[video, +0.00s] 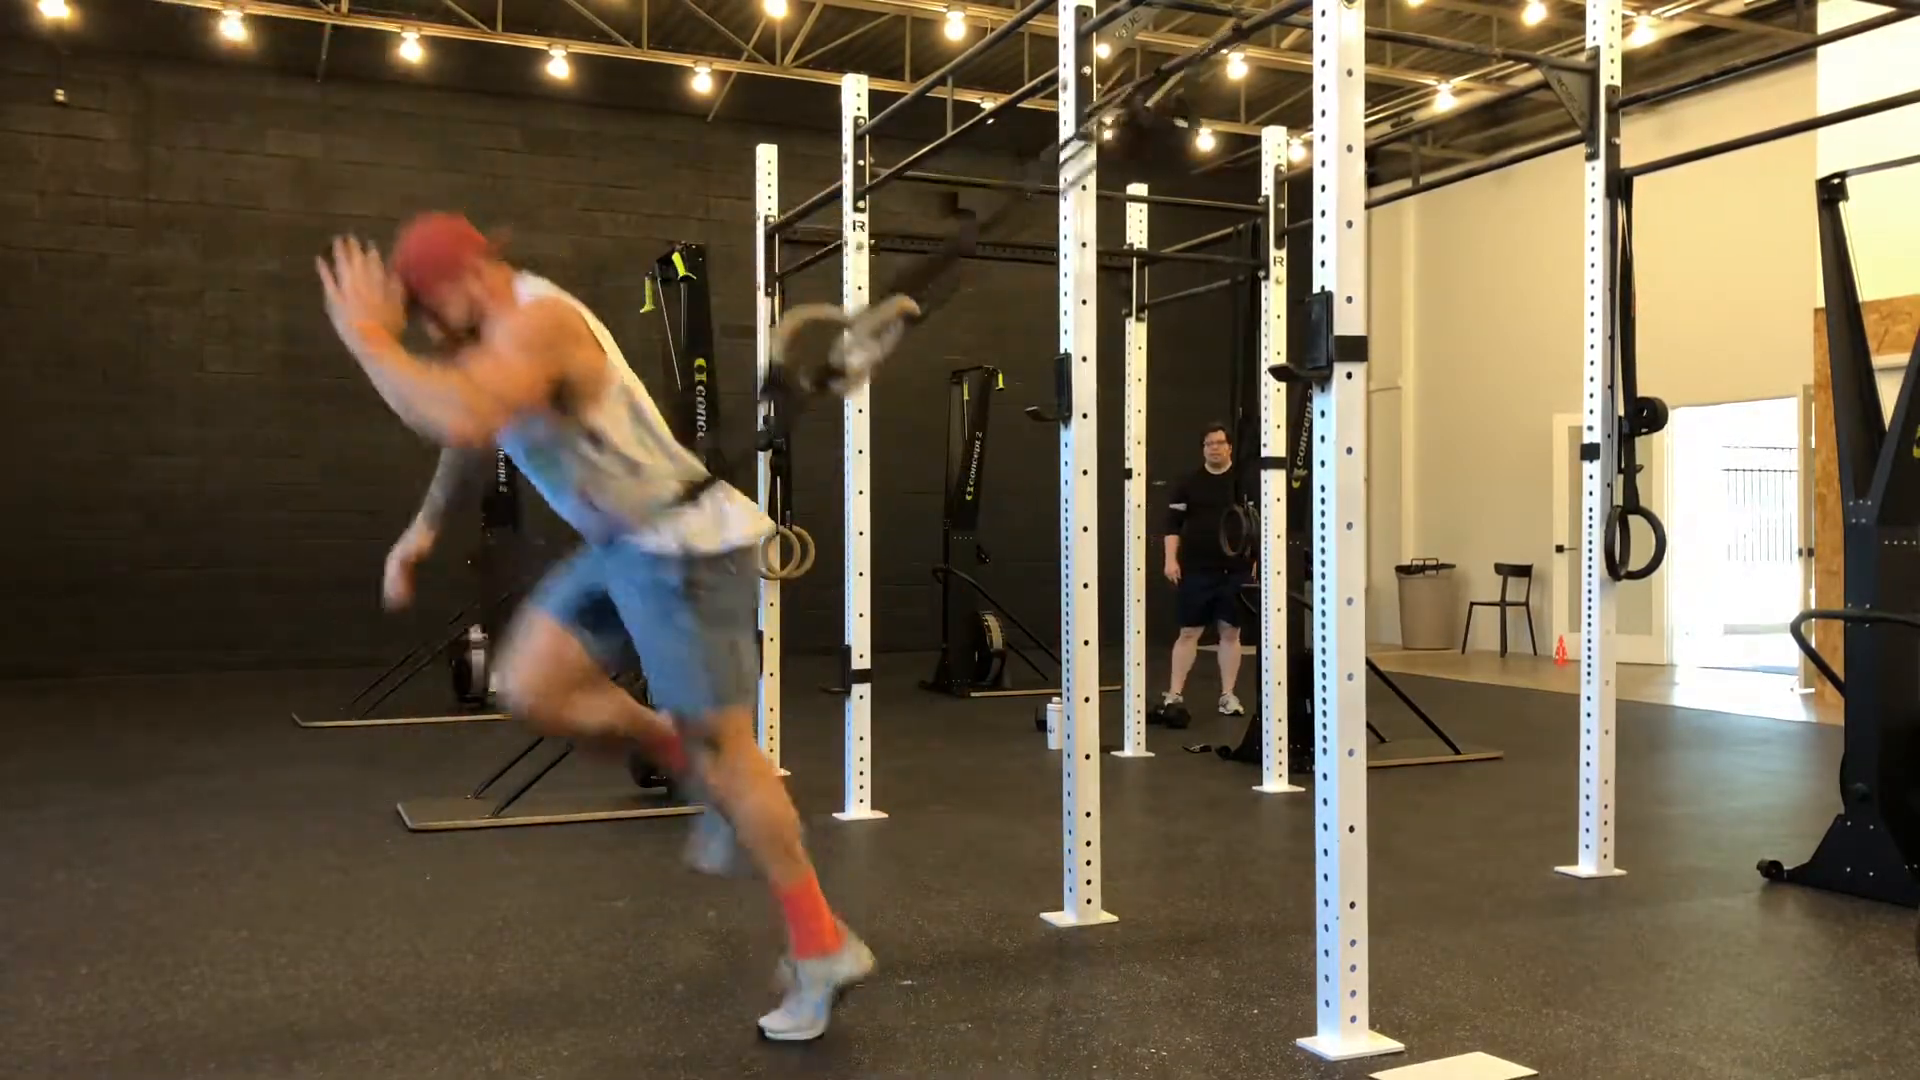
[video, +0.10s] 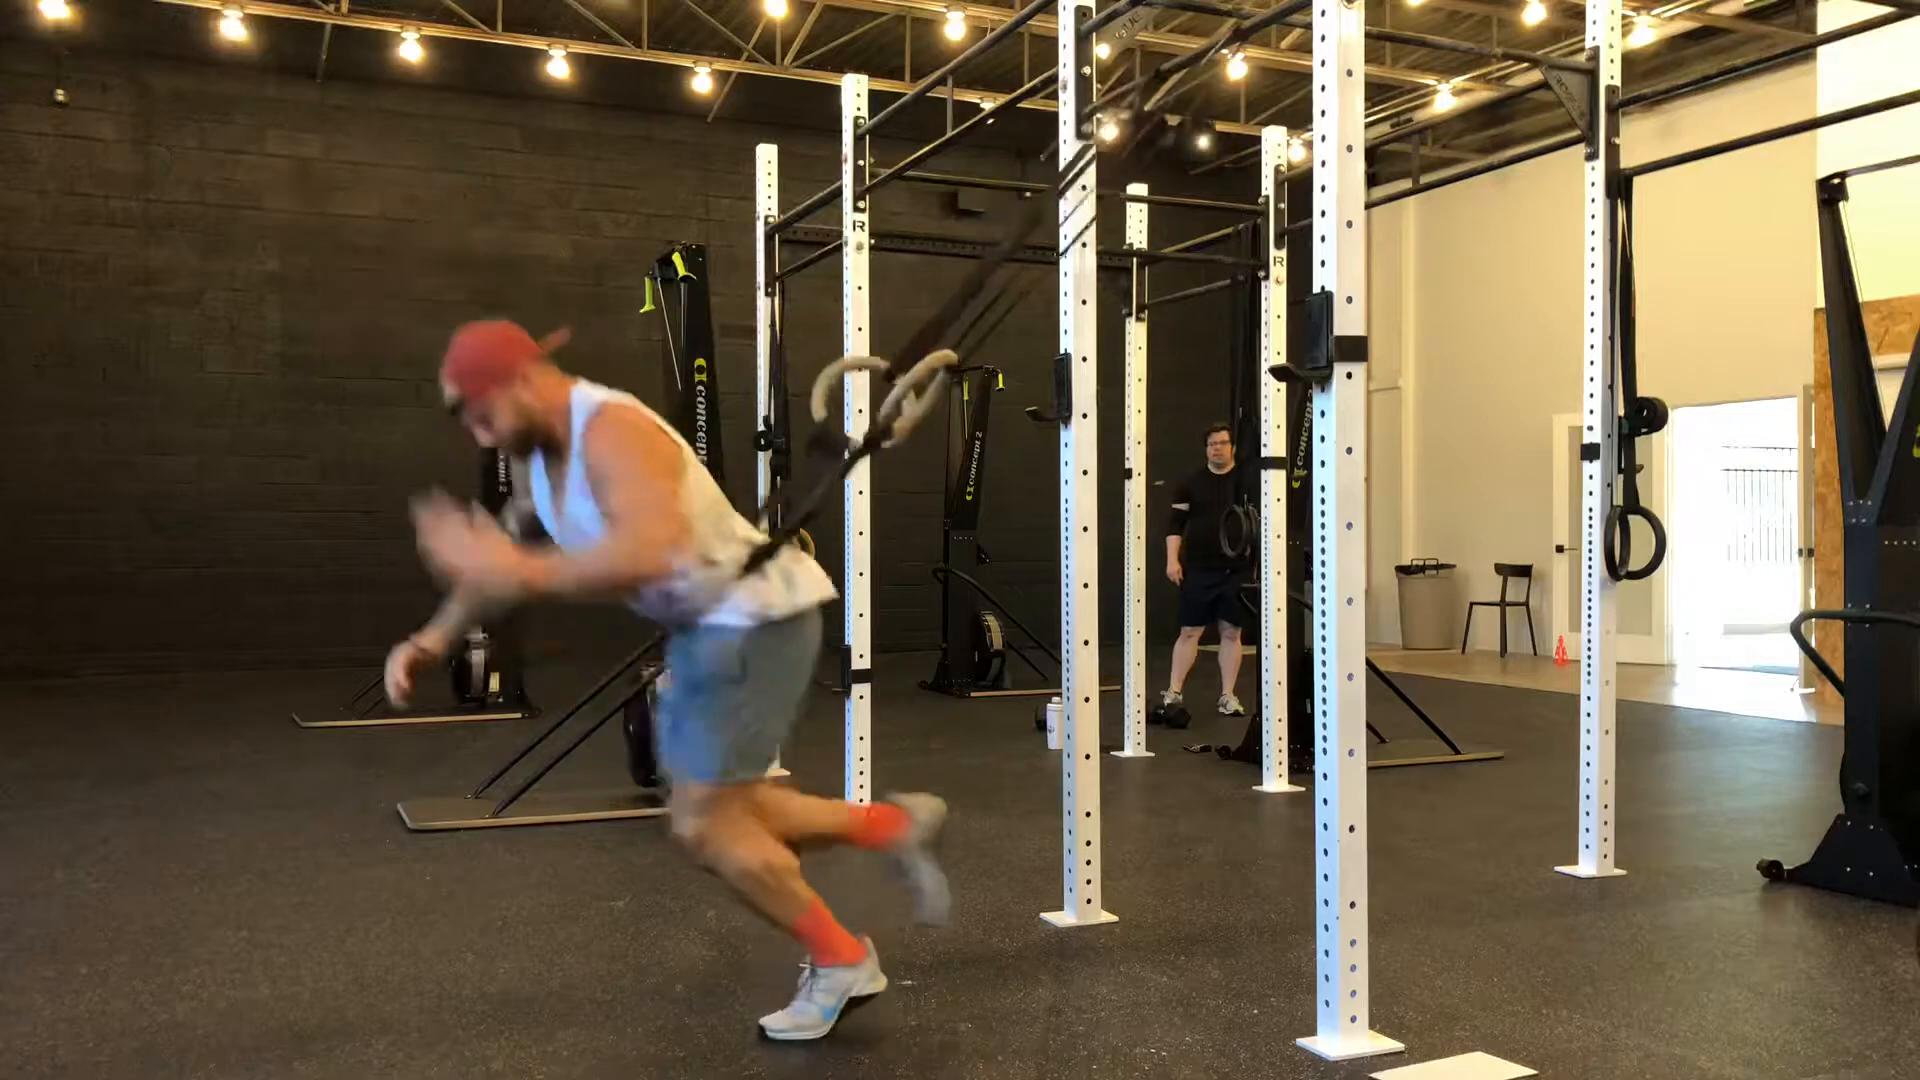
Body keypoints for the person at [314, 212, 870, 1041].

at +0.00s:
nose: (444, 320)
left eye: (446, 301)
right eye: (433, 311)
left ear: (478, 269)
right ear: (432, 306)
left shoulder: (542, 318)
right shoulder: (481, 335)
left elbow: (465, 414)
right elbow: (470, 439)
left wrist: (370, 338)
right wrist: (425, 528)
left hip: (684, 546)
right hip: (616, 547)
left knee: (727, 756)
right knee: (533, 685)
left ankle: (821, 945)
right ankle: (699, 758)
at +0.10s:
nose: (472, 425)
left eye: (476, 406)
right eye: (463, 413)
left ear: (522, 380)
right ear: (503, 393)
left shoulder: (614, 427)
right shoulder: (538, 458)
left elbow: (652, 548)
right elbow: (511, 558)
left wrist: (522, 568)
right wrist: (435, 636)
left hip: (760, 613)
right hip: (701, 625)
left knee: (707, 822)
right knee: (716, 809)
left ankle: (844, 959)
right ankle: (899, 824)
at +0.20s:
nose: (511, 495)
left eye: (511, 477)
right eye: (502, 483)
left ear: (554, 446)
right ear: (543, 456)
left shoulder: (653, 485)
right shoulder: (570, 521)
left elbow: (771, 573)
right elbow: (565, 624)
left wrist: (721, 698)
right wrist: (510, 679)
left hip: (798, 646)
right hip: (790, 650)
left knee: (692, 825)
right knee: (843, 829)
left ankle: (837, 956)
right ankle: (1021, 863)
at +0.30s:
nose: (572, 560)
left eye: (572, 543)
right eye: (563, 549)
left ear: (612, 508)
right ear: (595, 525)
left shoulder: (705, 535)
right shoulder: (642, 583)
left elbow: (843, 575)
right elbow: (634, 687)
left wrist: (915, 685)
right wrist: (561, 677)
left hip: (861, 684)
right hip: (836, 689)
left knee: (707, 812)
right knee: (944, 836)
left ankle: (837, 957)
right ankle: (1091, 898)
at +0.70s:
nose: (597, 554)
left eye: (596, 537)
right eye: (588, 544)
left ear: (634, 503)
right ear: (626, 513)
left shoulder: (719, 517)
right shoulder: (668, 581)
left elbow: (861, 498)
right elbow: (626, 650)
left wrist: (961, 573)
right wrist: (563, 615)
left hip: (890, 659)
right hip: (888, 660)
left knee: (747, 798)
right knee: (963, 822)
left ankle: (850, 967)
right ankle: (1101, 900)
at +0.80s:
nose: (589, 561)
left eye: (589, 544)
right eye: (581, 551)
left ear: (626, 511)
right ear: (609, 533)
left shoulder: (705, 526)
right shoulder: (654, 587)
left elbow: (854, 501)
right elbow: (613, 657)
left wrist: (957, 568)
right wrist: (548, 619)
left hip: (879, 668)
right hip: (873, 671)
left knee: (733, 806)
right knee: (968, 822)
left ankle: (848, 965)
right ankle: (1104, 902)